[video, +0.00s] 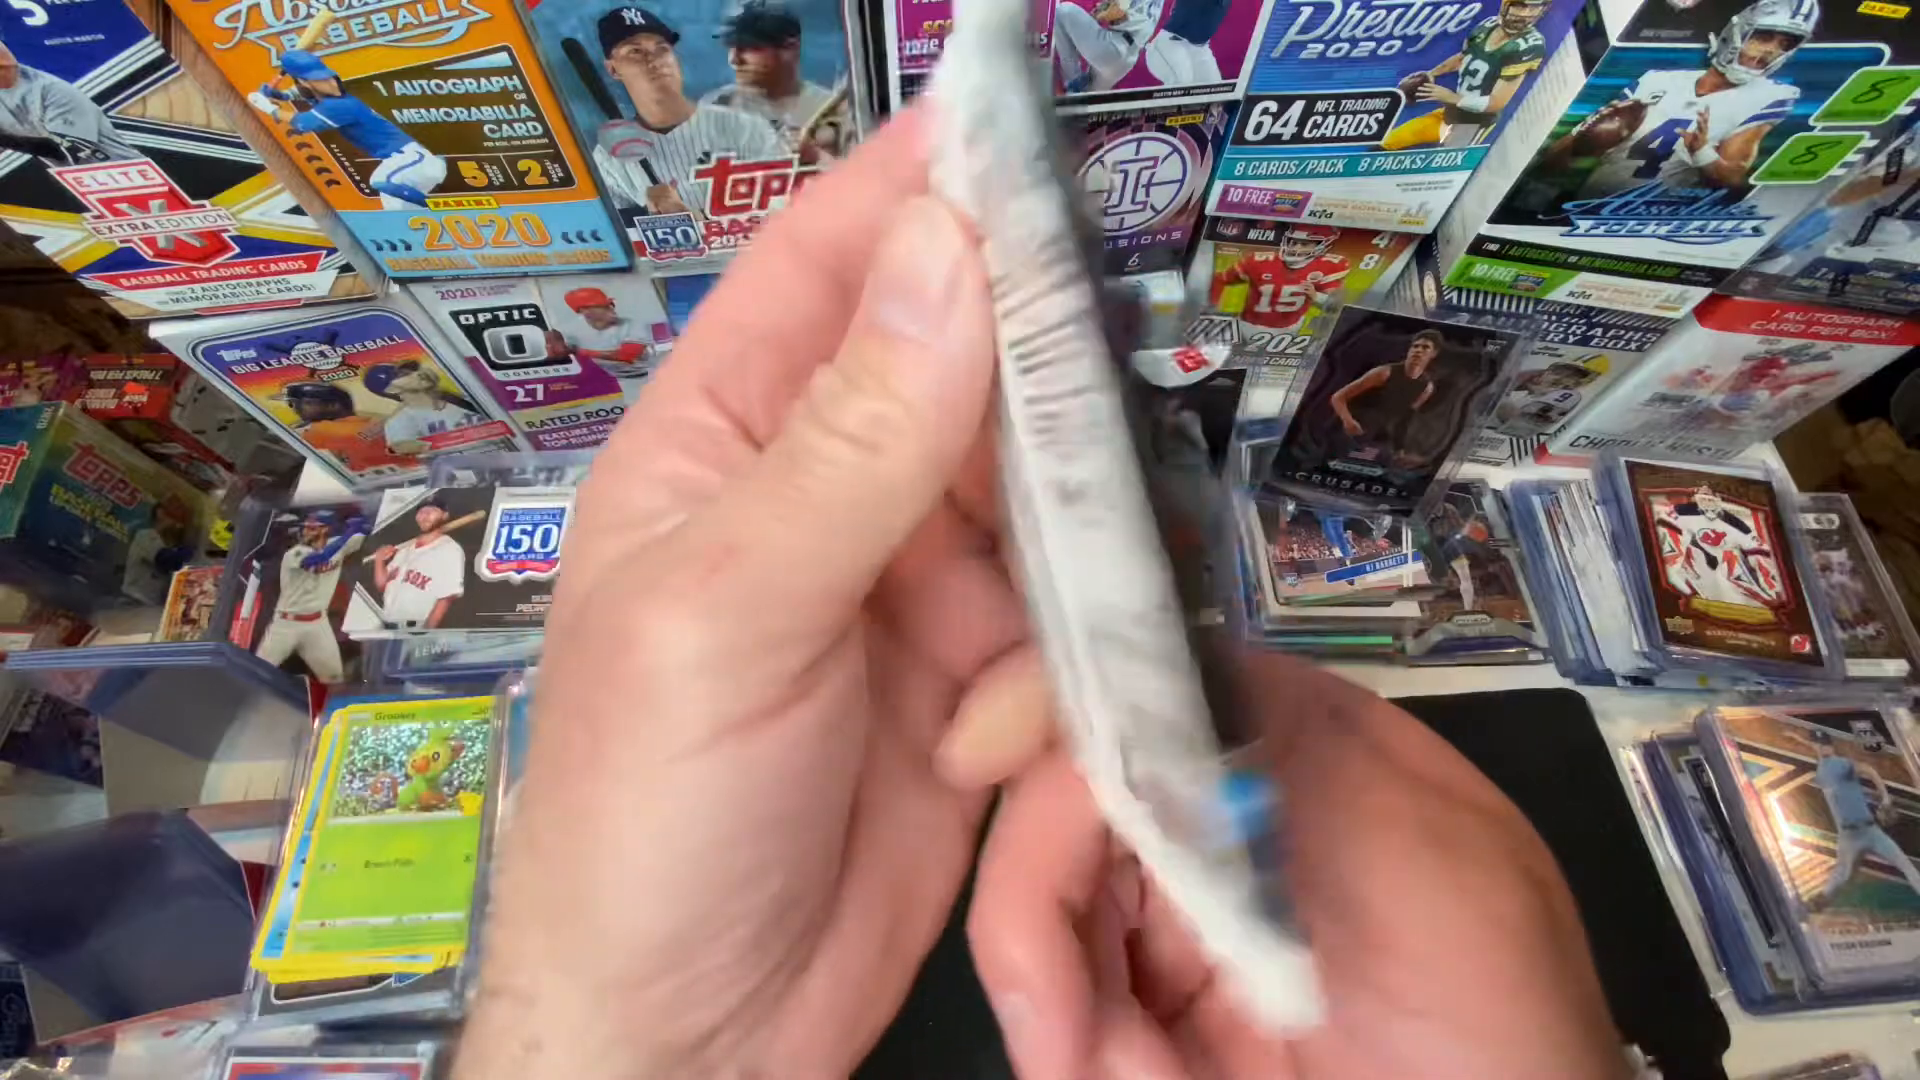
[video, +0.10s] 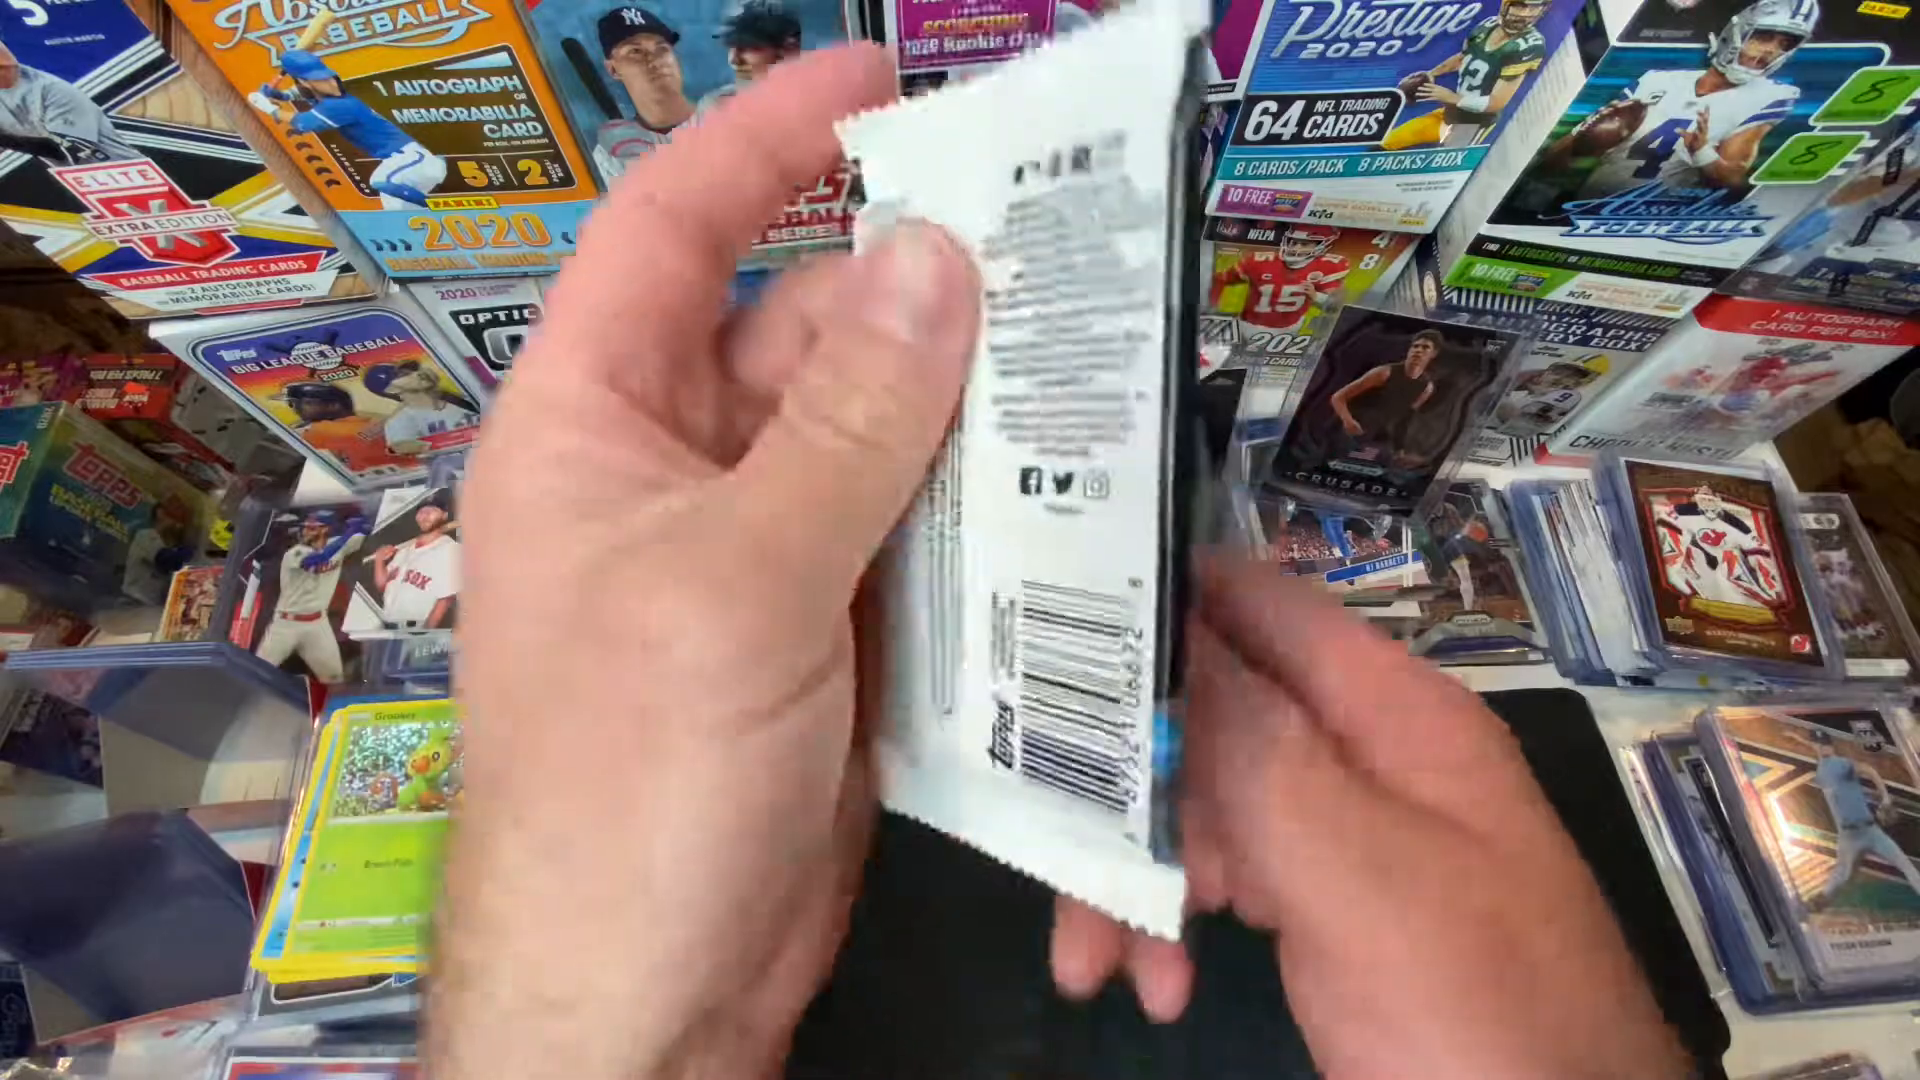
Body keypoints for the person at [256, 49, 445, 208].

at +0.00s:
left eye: (301, 82)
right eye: (301, 82)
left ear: (309, 83)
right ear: (311, 81)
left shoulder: (342, 106)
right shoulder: (333, 101)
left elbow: (299, 123)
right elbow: (303, 92)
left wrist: (270, 109)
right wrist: (277, 95)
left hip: (414, 158)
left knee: (381, 180)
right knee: (397, 219)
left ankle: (434, 212)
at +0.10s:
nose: (303, 88)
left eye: (303, 83)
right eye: (304, 83)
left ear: (311, 83)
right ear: (319, 80)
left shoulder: (341, 106)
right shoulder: (332, 100)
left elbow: (299, 122)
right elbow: (300, 93)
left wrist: (270, 108)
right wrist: (275, 93)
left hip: (415, 158)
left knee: (380, 180)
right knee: (397, 219)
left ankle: (430, 213)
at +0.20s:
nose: (299, 87)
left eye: (300, 82)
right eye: (298, 83)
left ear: (309, 82)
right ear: (322, 78)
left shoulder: (342, 106)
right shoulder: (333, 101)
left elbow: (299, 122)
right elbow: (301, 93)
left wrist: (270, 108)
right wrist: (275, 94)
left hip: (415, 158)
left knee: (380, 180)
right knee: (398, 219)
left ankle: (431, 215)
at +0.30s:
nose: (299, 87)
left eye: (299, 82)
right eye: (298, 83)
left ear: (308, 83)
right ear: (324, 78)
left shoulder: (342, 107)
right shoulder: (335, 101)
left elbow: (299, 122)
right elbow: (301, 93)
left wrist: (270, 108)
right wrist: (276, 94)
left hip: (415, 158)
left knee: (380, 179)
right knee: (397, 218)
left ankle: (430, 214)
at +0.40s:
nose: (299, 87)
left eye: (300, 82)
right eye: (299, 83)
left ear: (308, 83)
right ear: (323, 79)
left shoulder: (342, 107)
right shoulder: (333, 102)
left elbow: (299, 122)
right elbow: (302, 93)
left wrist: (269, 109)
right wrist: (278, 95)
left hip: (415, 159)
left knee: (381, 179)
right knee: (396, 218)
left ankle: (430, 214)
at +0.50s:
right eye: (323, 77)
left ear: (306, 83)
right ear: (306, 83)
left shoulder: (343, 106)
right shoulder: (332, 104)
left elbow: (300, 122)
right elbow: (300, 93)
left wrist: (270, 109)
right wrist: (275, 95)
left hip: (416, 159)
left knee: (381, 180)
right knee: (398, 218)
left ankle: (433, 218)